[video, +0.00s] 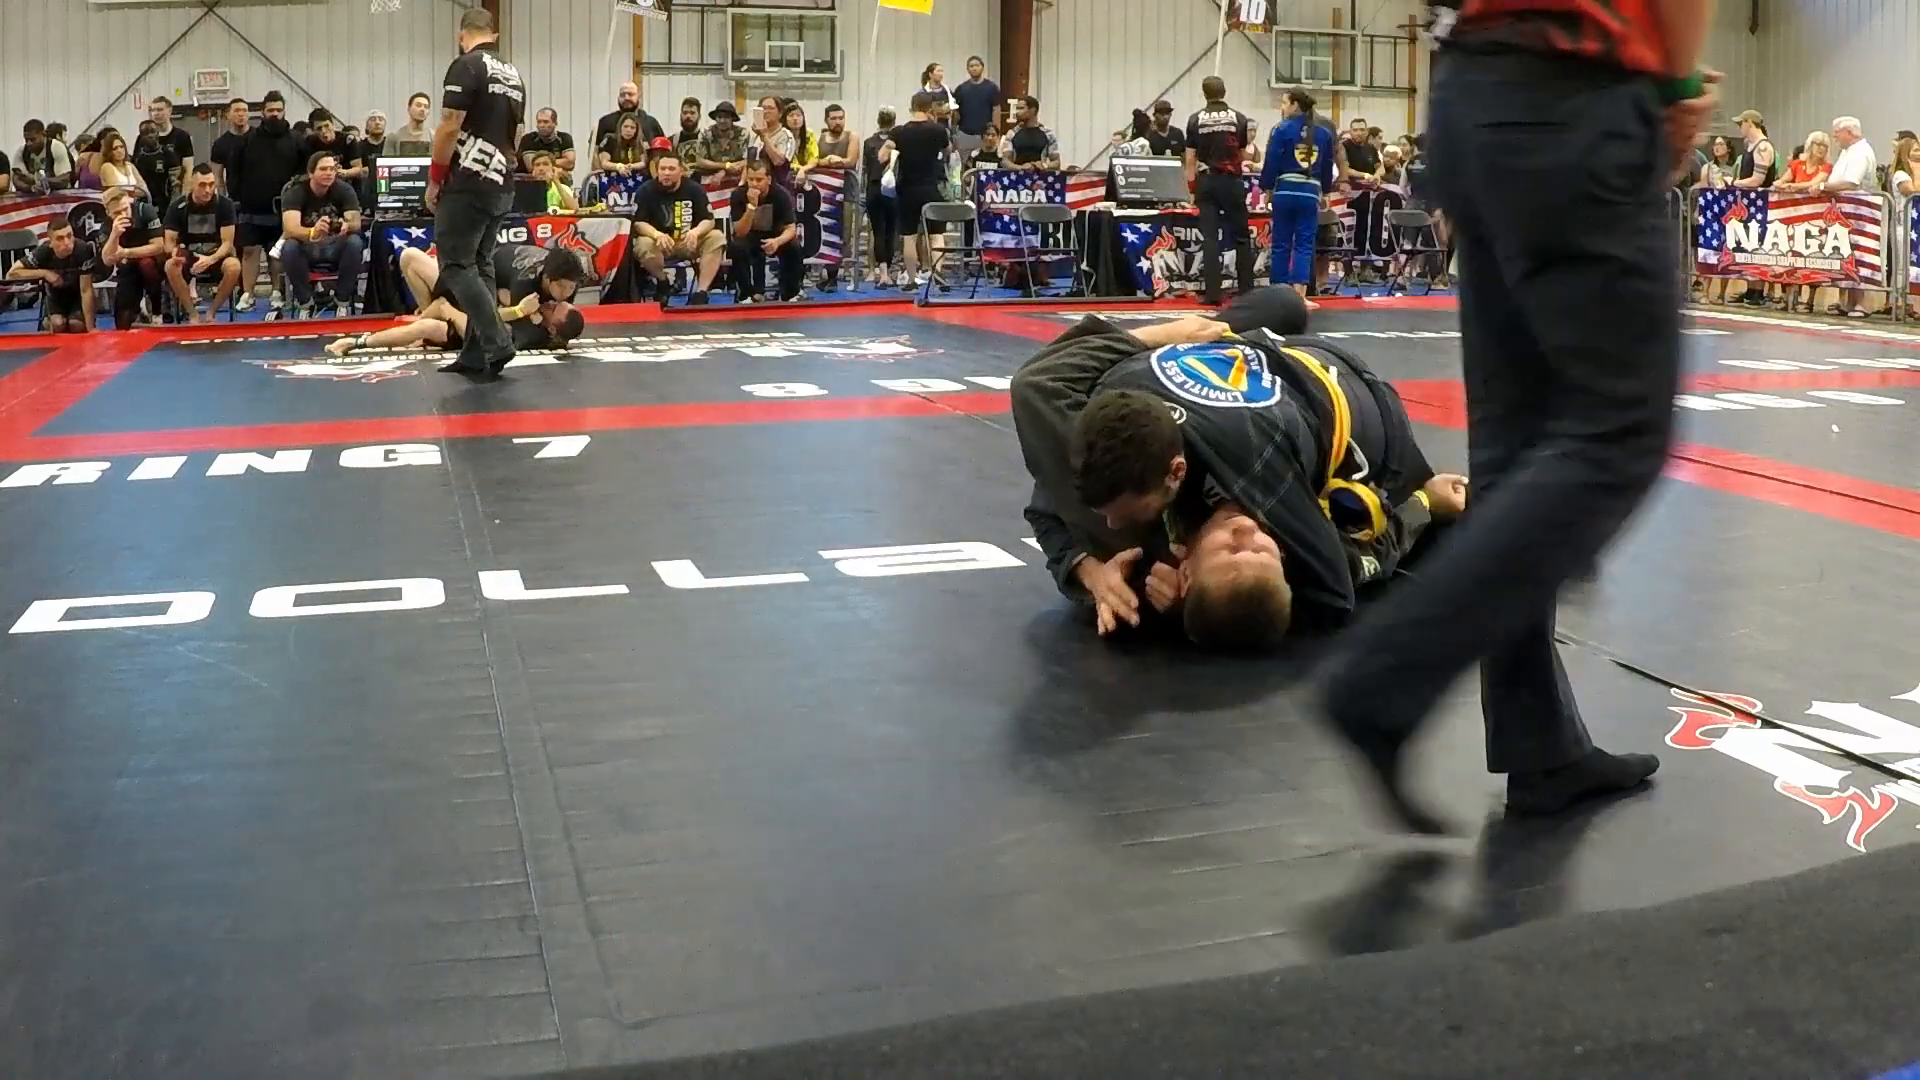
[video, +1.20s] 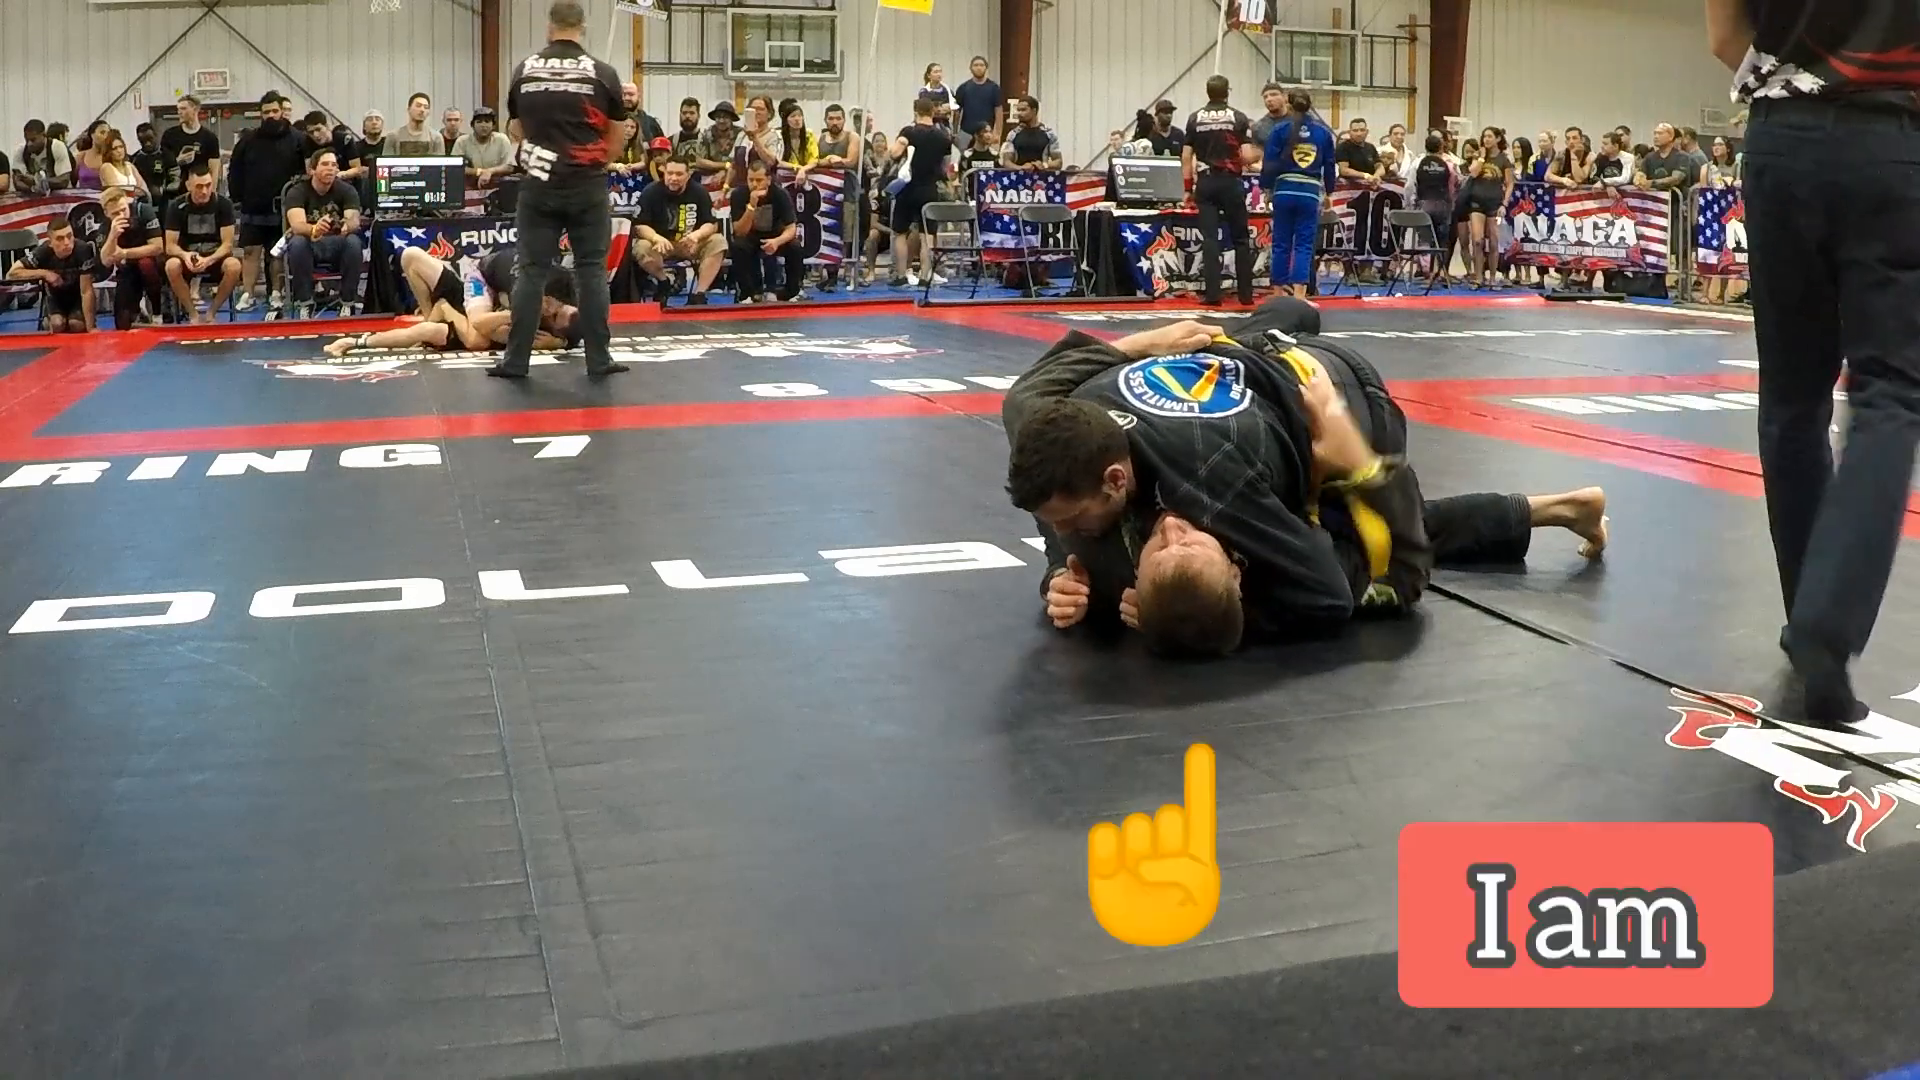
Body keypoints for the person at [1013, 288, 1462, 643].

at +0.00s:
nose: (1118, 530)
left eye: (1133, 517)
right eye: (1105, 518)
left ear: (1176, 474)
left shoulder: (1263, 486)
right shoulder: (1094, 419)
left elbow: (1335, 604)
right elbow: (1045, 512)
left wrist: (1194, 600)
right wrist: (1090, 571)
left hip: (1359, 407)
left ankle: (1431, 499)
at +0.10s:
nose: (1114, 525)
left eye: (1126, 515)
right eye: (1102, 512)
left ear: (1171, 471)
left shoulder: (1257, 482)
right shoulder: (1094, 415)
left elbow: (1333, 596)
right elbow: (1045, 511)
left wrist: (1189, 599)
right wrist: (1087, 570)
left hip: (1367, 416)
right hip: (1285, 357)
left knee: (1417, 495)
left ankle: (1442, 507)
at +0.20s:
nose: (1115, 519)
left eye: (1129, 506)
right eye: (1103, 505)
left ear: (1173, 466)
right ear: (1083, 457)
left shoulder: (1252, 477)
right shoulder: (1099, 405)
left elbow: (1335, 600)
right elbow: (1049, 504)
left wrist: (1187, 594)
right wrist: (1088, 568)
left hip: (1366, 426)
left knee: (1433, 511)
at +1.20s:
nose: (1058, 530)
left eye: (1067, 517)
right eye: (1045, 520)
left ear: (1116, 482)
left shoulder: (1222, 498)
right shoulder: (1060, 439)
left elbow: (1329, 604)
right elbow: (1066, 534)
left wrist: (1199, 615)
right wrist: (1068, 584)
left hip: (1344, 401)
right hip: (1267, 355)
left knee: (1404, 538)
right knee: (1281, 310)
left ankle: (1567, 509)